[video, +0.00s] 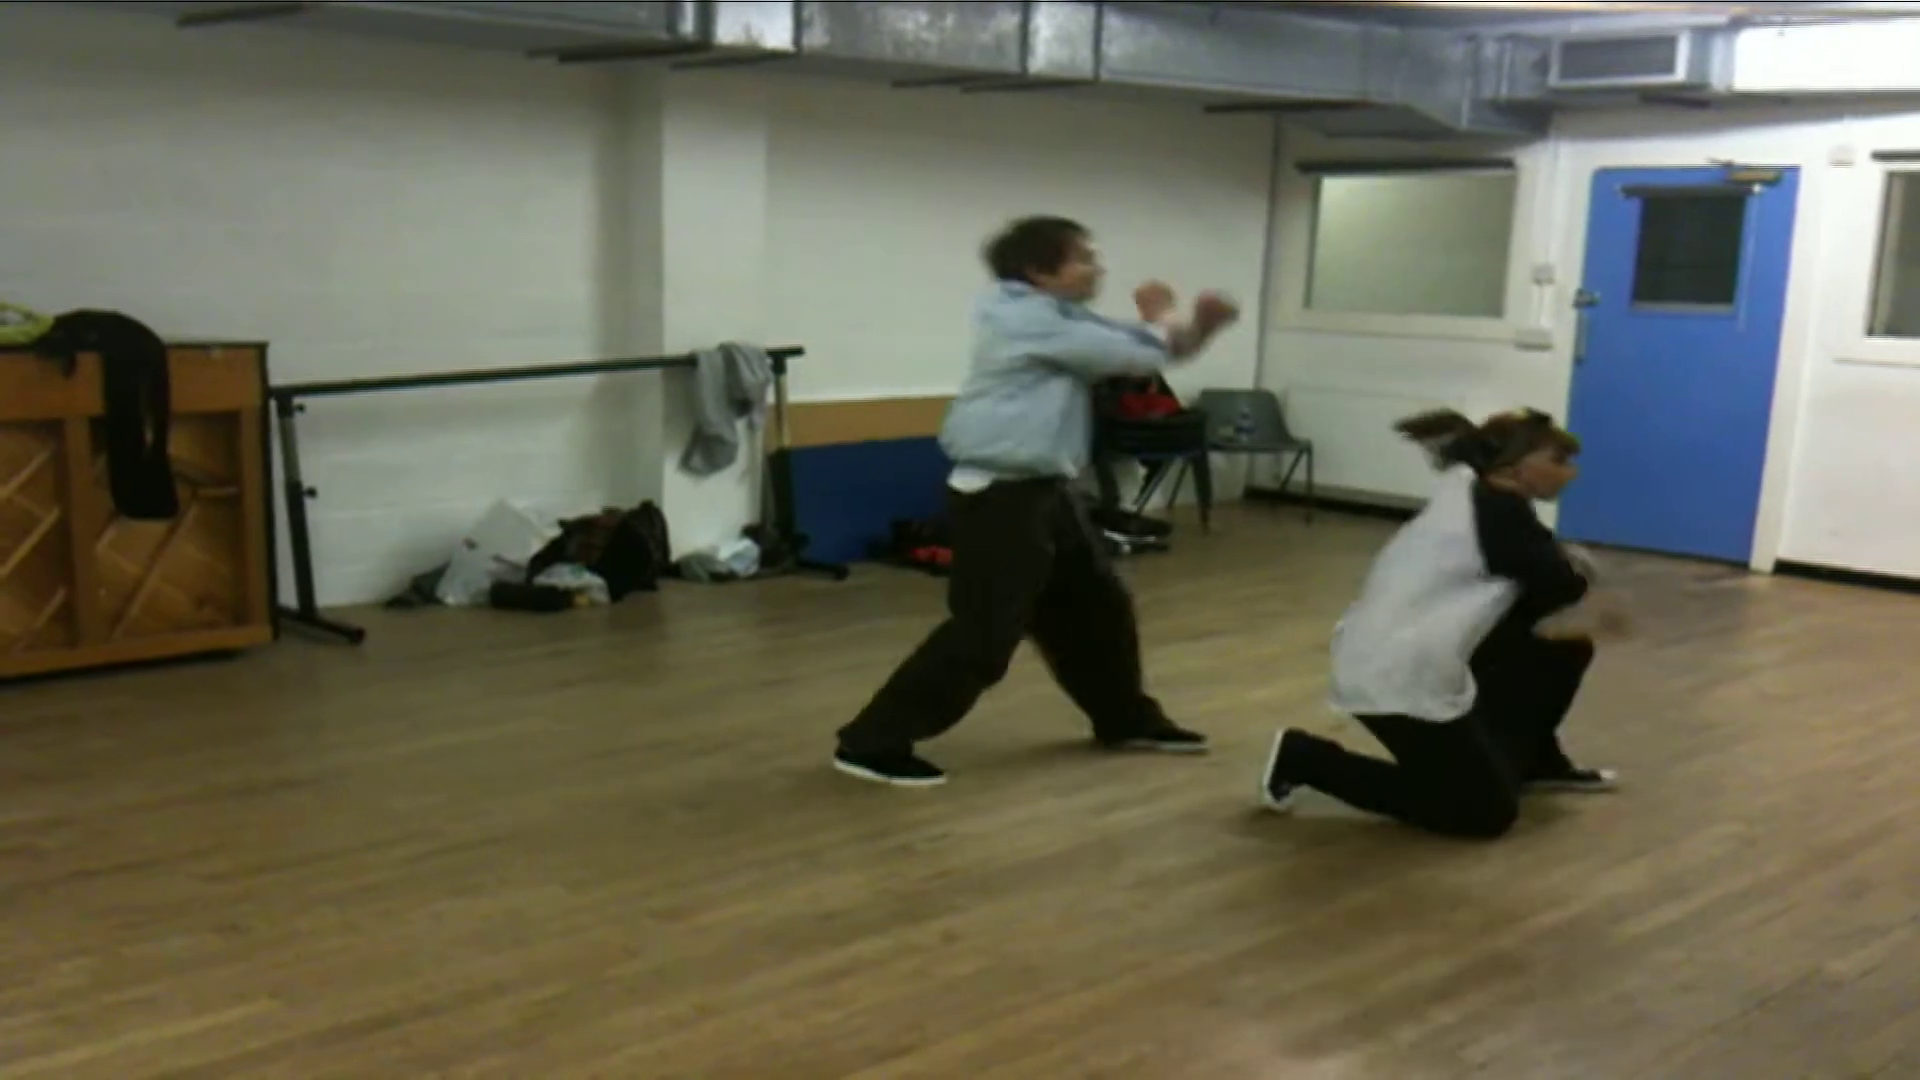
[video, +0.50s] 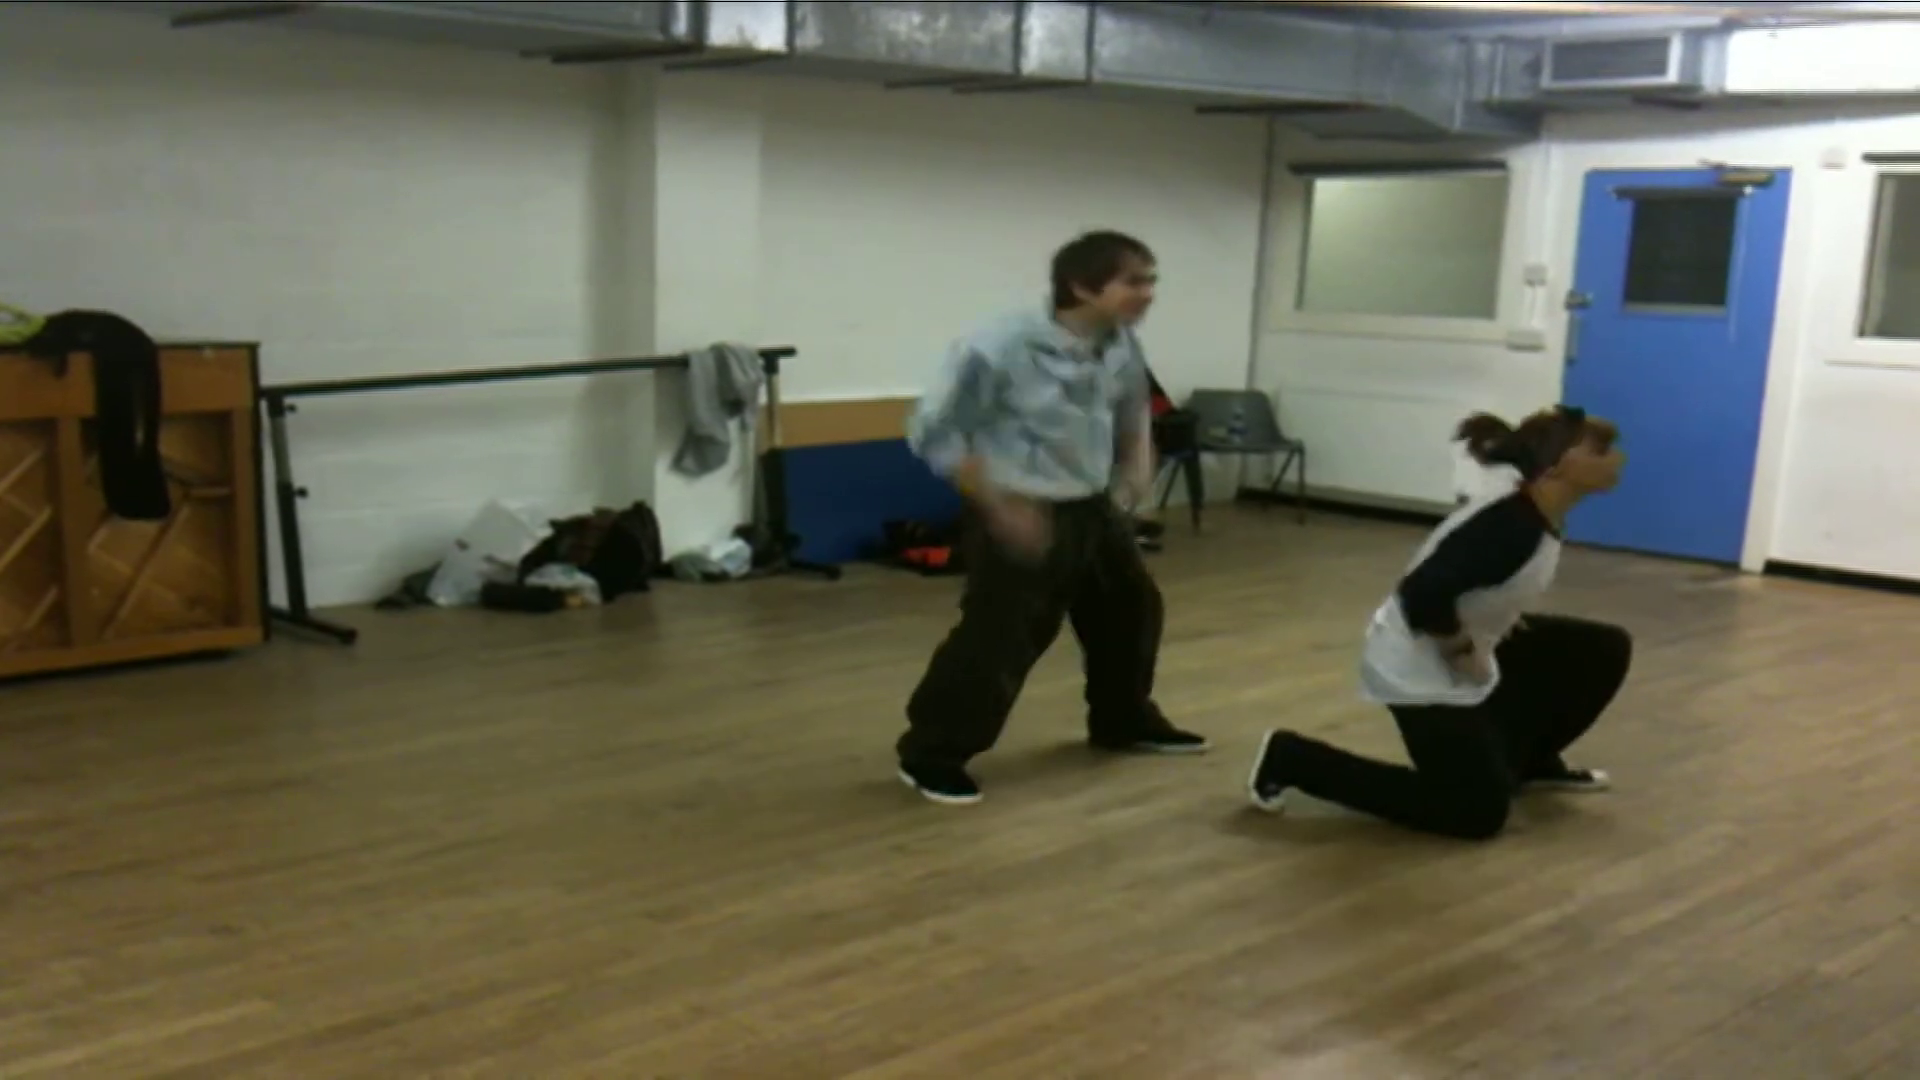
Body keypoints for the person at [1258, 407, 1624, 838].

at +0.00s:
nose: (1569, 471)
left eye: (1568, 460)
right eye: (1557, 460)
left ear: (1510, 468)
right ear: (1517, 468)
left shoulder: (1471, 493)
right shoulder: (1501, 516)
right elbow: (1567, 589)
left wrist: (1579, 618)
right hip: (1396, 682)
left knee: (1565, 649)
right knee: (1484, 812)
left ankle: (1535, 756)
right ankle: (1307, 760)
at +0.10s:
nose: (1567, 468)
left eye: (1564, 456)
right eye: (1555, 457)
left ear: (1505, 469)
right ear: (1508, 469)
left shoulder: (1473, 495)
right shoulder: (1484, 511)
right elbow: (1562, 583)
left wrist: (1589, 595)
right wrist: (1579, 561)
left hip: (1435, 651)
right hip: (1396, 679)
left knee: (1562, 642)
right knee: (1480, 813)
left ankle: (1531, 761)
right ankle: (1301, 763)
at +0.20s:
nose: (1564, 461)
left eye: (1561, 450)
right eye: (1549, 452)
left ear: (1506, 465)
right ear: (1504, 464)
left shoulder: (1518, 513)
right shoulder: (1464, 515)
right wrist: (1549, 553)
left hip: (1456, 650)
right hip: (1402, 676)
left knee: (1581, 645)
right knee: (1476, 810)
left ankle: (1530, 758)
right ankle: (1295, 760)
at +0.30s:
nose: (1556, 481)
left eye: (1554, 471)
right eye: (1545, 473)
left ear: (1505, 483)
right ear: (1501, 484)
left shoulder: (1513, 513)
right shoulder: (1460, 530)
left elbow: (1571, 483)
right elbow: (1476, 565)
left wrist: (1569, 528)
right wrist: (1542, 554)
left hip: (1462, 651)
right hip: (1409, 677)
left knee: (1596, 646)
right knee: (1476, 812)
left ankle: (1534, 758)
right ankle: (1294, 759)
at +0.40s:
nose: (1580, 471)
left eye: (1580, 461)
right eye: (1570, 460)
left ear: (1532, 468)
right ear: (1528, 467)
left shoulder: (1531, 519)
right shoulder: (1479, 518)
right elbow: (1450, 590)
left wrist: (1540, 618)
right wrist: (1516, 615)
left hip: (1472, 661)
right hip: (1414, 674)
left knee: (1600, 647)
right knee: (1475, 811)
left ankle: (1533, 759)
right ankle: (1293, 759)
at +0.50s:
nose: (1613, 453)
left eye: (1606, 444)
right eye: (1598, 448)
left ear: (1555, 471)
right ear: (1555, 471)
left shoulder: (1536, 512)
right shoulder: (1507, 526)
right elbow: (1422, 592)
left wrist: (1500, 620)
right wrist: (1458, 645)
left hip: (1476, 649)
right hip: (1420, 667)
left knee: (1604, 650)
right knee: (1474, 811)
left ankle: (1532, 760)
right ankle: (1293, 759)